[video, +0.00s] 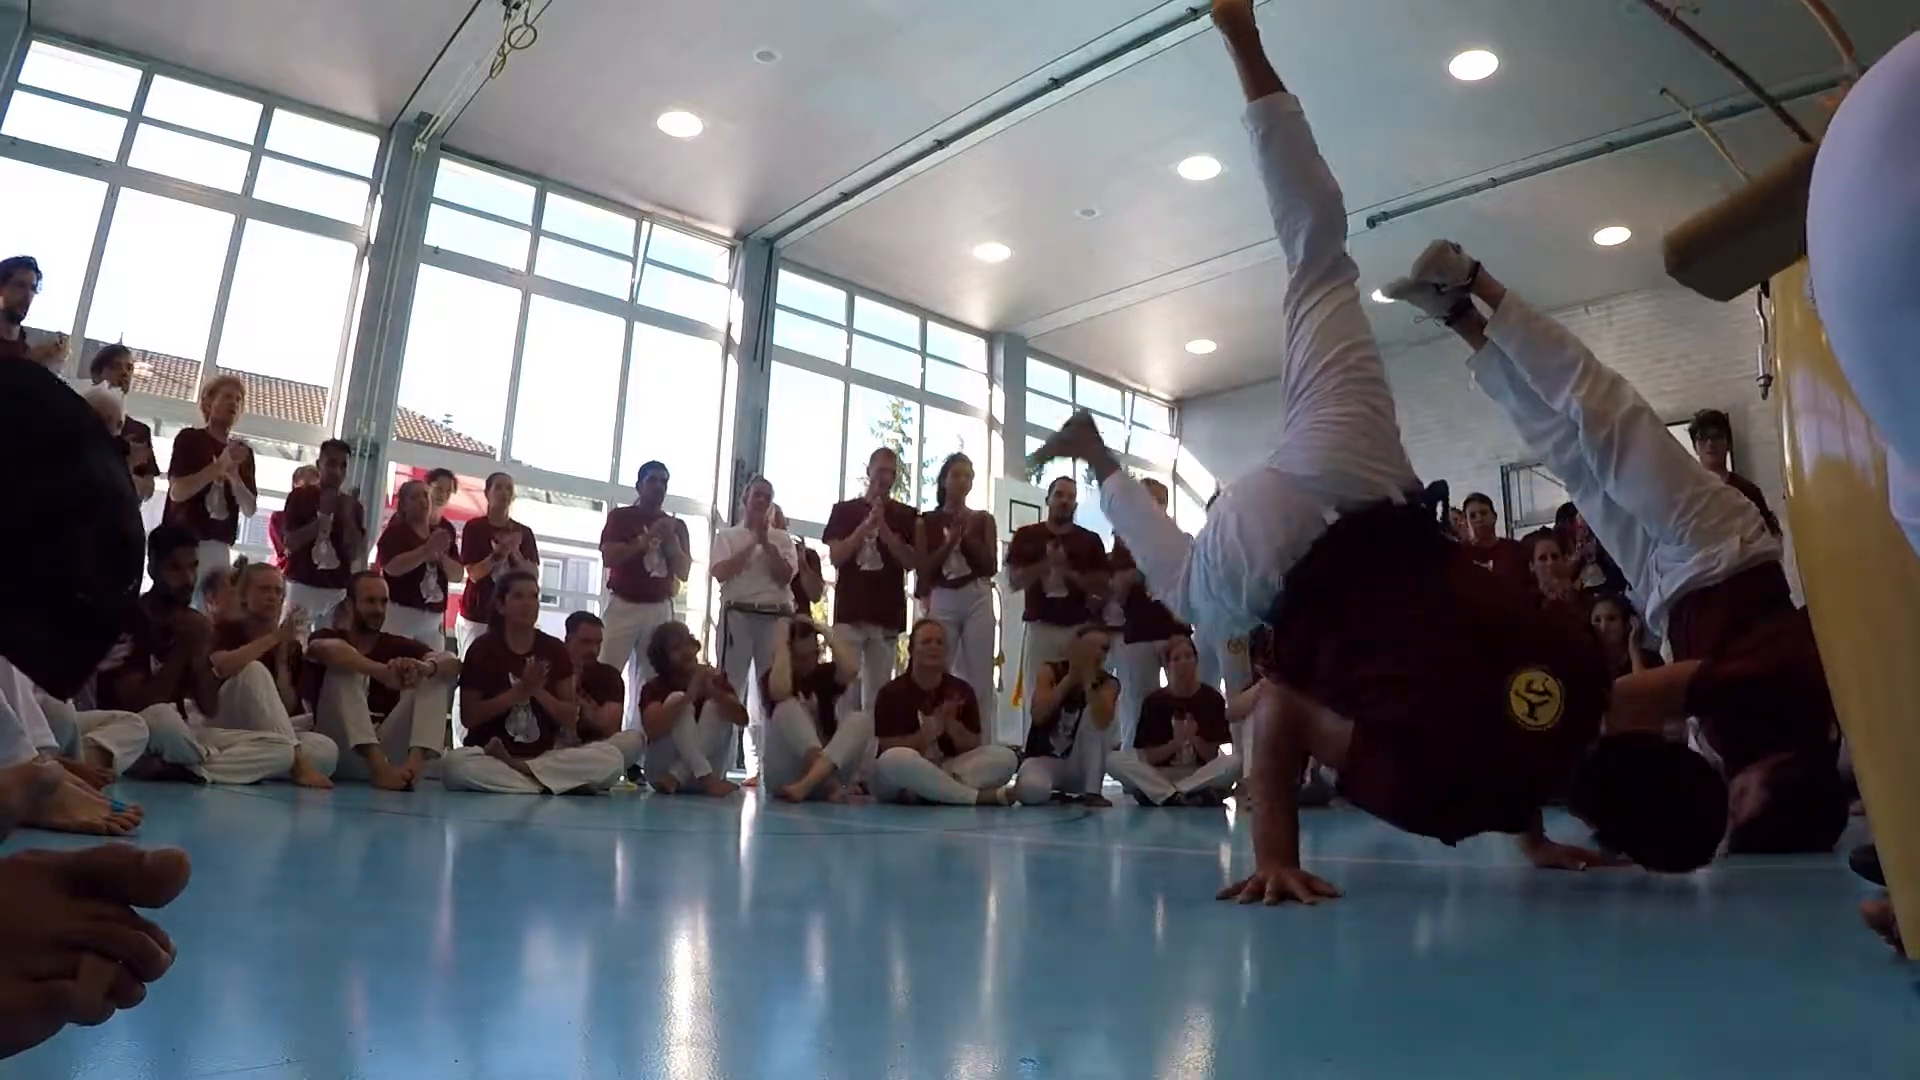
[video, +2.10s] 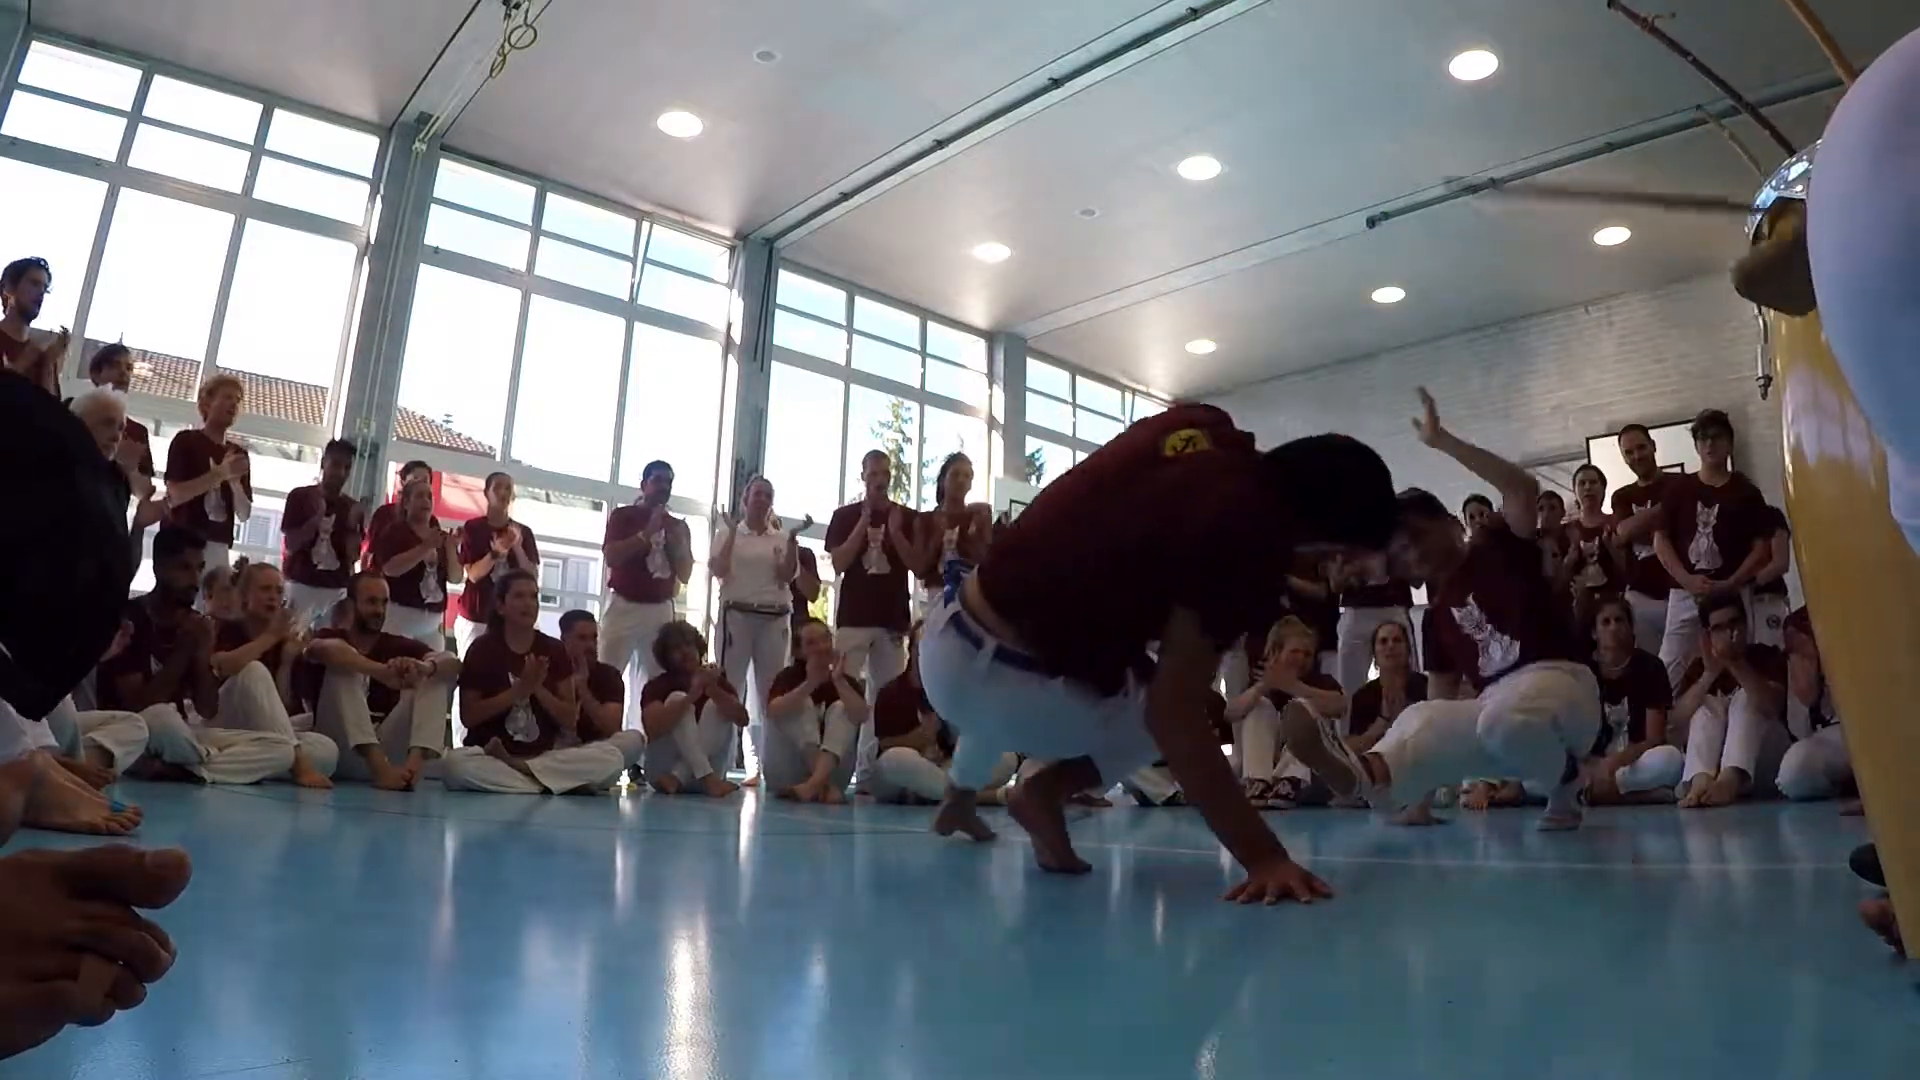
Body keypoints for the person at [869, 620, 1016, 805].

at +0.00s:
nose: (934, 647)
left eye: (939, 642)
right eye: (926, 642)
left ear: (947, 650)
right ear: (911, 650)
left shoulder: (961, 690)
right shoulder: (891, 692)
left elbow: (972, 747)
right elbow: (886, 747)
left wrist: (951, 723)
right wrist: (925, 735)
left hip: (952, 769)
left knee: (1005, 757)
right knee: (895, 759)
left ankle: (932, 793)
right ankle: (975, 797)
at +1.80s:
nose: (933, 652)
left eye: (938, 645)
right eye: (926, 645)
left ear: (948, 649)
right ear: (913, 650)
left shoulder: (962, 685)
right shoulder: (897, 686)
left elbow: (975, 744)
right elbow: (881, 743)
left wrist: (945, 727)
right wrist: (922, 743)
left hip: (952, 766)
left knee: (1006, 757)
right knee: (896, 760)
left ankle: (928, 791)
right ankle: (976, 797)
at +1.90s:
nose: (935, 649)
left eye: (941, 643)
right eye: (927, 643)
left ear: (950, 647)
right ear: (912, 651)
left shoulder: (965, 684)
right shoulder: (895, 689)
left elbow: (982, 741)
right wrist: (920, 754)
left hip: (958, 761)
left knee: (1007, 757)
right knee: (889, 757)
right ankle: (973, 797)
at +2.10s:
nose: (924, 655)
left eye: (930, 648)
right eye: (919, 648)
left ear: (942, 652)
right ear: (910, 651)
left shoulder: (956, 688)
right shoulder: (891, 693)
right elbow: (881, 747)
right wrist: (918, 737)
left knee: (1007, 758)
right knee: (897, 759)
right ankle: (988, 796)